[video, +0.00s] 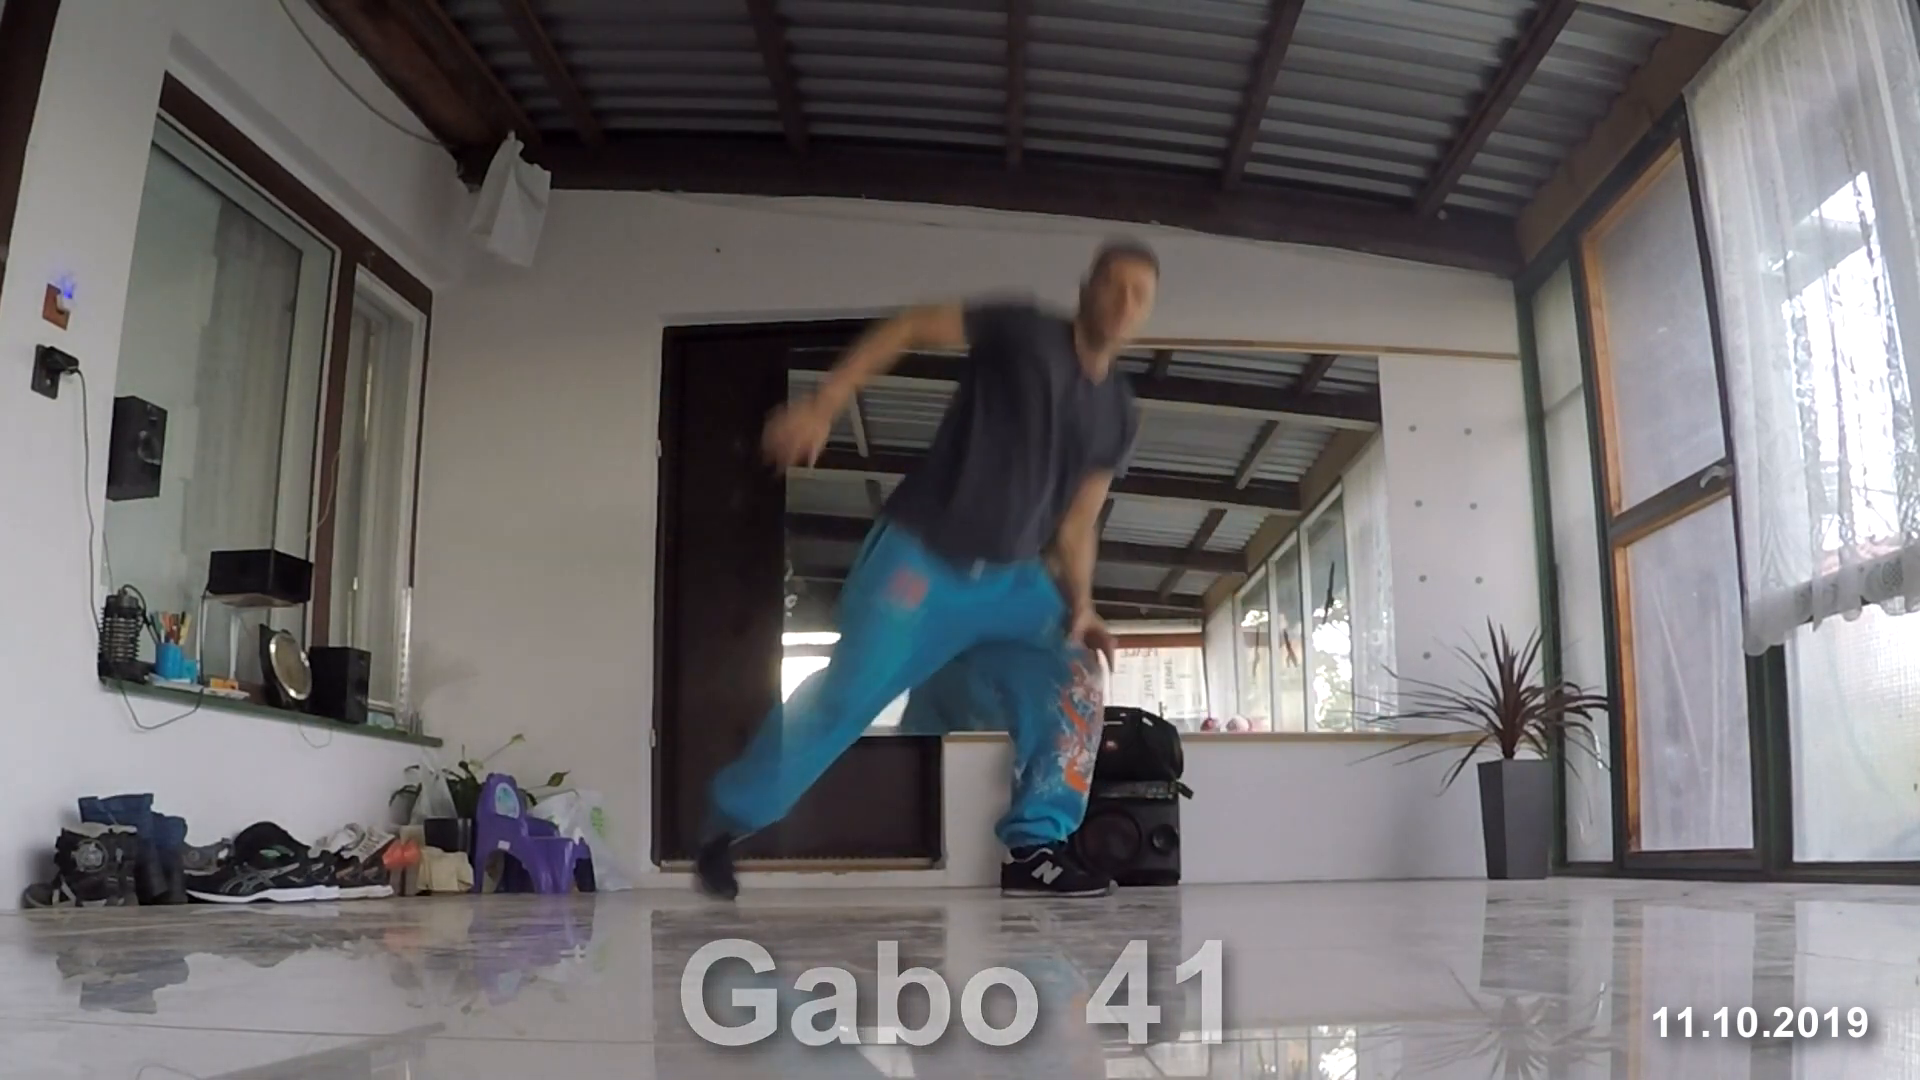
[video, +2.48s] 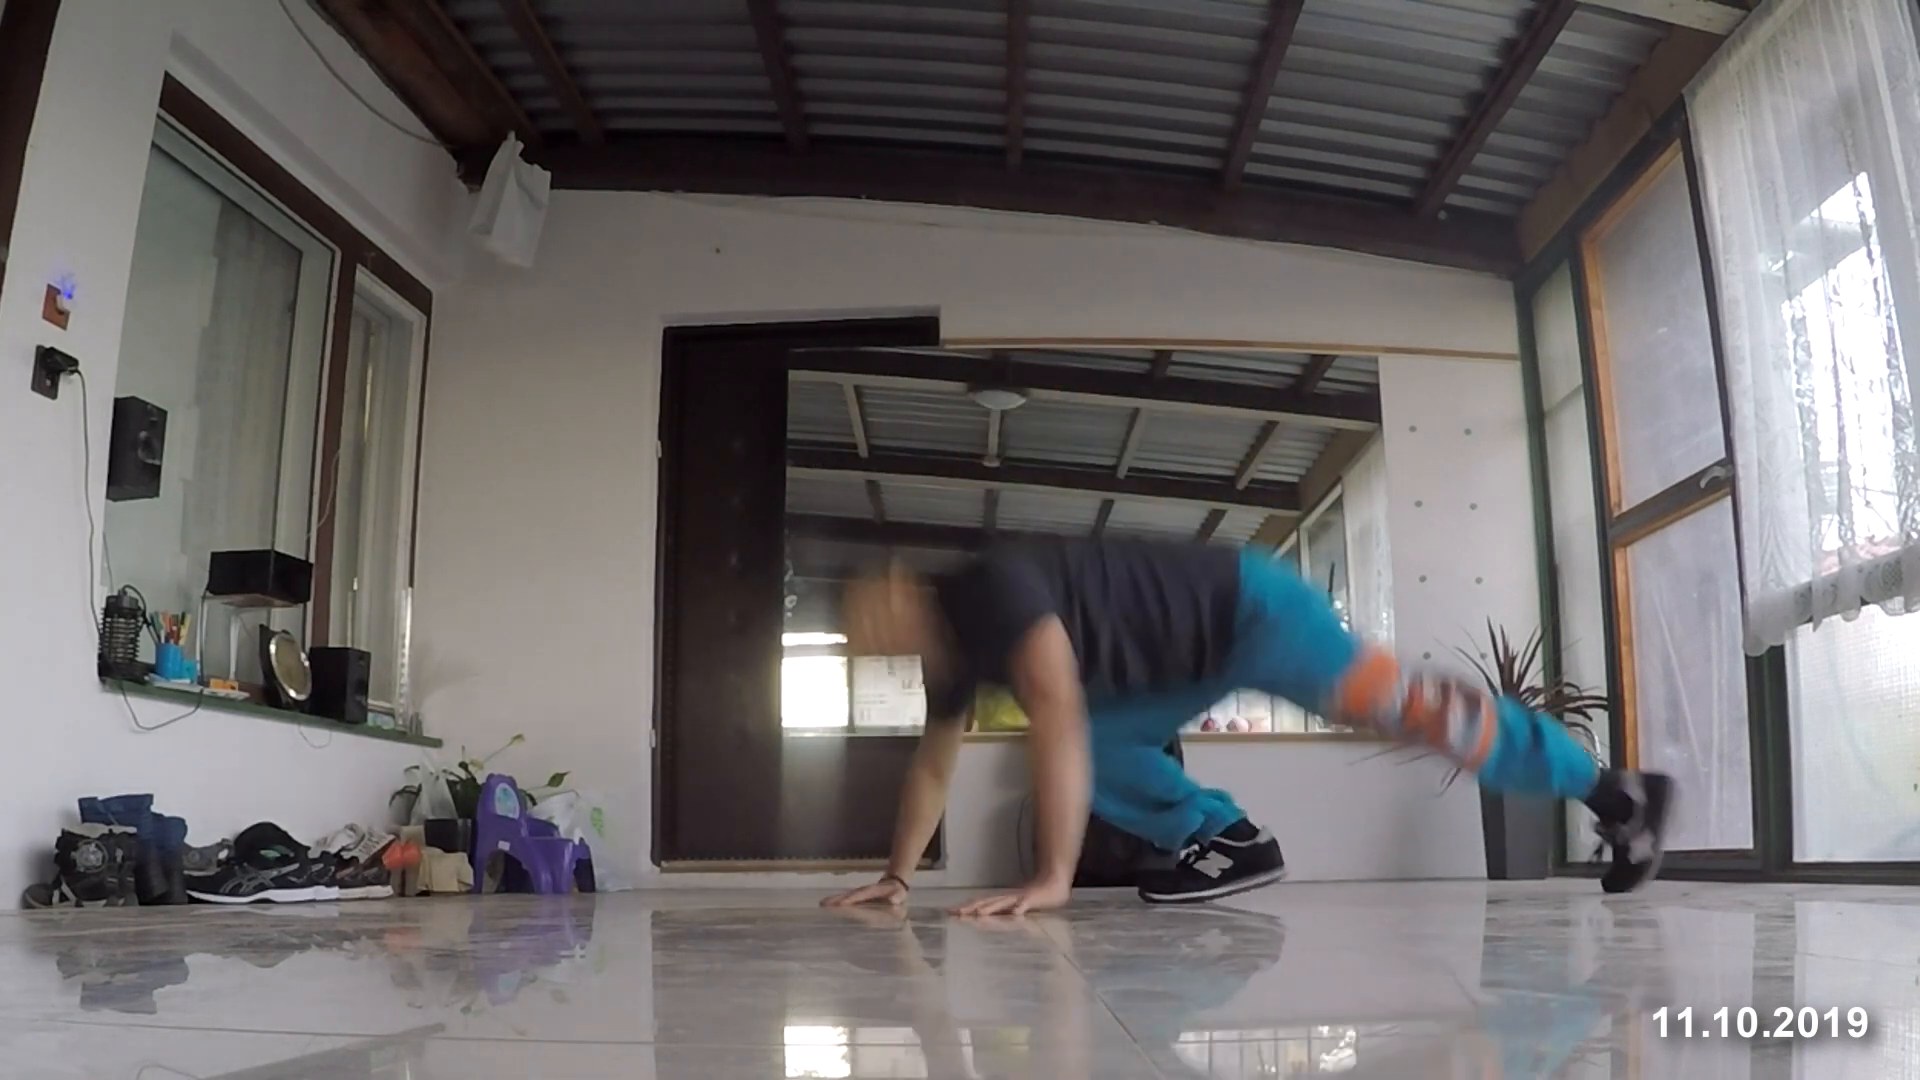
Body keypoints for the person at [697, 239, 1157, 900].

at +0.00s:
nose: (1122, 302)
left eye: (1137, 295)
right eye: (1113, 285)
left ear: (1147, 313)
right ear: (1087, 288)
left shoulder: (1118, 413)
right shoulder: (1023, 330)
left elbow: (1079, 523)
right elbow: (905, 328)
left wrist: (1082, 607)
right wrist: (821, 406)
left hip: (1014, 579)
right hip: (922, 557)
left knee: (1074, 681)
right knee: (850, 694)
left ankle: (1035, 849)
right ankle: (727, 825)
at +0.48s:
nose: (1134, 253)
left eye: (1149, 242)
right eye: (1122, 237)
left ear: (1161, 253)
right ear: (1095, 237)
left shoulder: (1162, 345)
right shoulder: (1038, 297)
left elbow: (1218, 449)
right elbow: (953, 378)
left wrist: (1270, 499)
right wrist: (936, 490)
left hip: (1093, 531)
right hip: (1019, 509)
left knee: (1151, 648)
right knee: (1117, 603)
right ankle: (1069, 815)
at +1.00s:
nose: (1166, 534)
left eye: (1182, 518)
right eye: (1150, 517)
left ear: (1204, 524)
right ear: (1126, 520)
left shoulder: (1229, 578)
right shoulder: (1071, 572)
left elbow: (1292, 589)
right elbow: (968, 598)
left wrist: (1259, 679)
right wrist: (1020, 691)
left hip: (1174, 774)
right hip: (1072, 770)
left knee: (1285, 715)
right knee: (1090, 679)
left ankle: (1178, 848)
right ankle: (1112, 853)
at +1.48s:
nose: (1027, 479)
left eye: (1037, 457)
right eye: (1008, 465)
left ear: (1052, 447)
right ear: (975, 468)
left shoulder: (1100, 465)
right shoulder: (978, 588)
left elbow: (1189, 374)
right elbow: (943, 727)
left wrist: (1246, 270)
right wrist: (909, 860)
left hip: (1180, 691)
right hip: (1103, 738)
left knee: (1296, 721)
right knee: (1246, 695)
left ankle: (1205, 838)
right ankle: (1406, 800)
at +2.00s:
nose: (857, 714)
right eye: (848, 705)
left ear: (872, 659)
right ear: (875, 666)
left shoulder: (977, 636)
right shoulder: (942, 678)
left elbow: (1099, 738)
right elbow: (923, 768)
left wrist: (1056, 890)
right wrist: (897, 875)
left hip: (1211, 702)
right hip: (1137, 738)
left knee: (1401, 801)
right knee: (1036, 776)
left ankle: (1585, 796)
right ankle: (1194, 830)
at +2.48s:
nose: (871, 643)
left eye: (868, 621)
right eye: (862, 635)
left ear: (898, 587)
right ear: (887, 623)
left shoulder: (999, 582)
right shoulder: (957, 648)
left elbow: (1060, 716)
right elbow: (934, 760)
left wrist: (1052, 874)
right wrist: (894, 877)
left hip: (1245, 606)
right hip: (1179, 670)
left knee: (1401, 705)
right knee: (1079, 749)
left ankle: (1612, 792)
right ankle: (1223, 840)